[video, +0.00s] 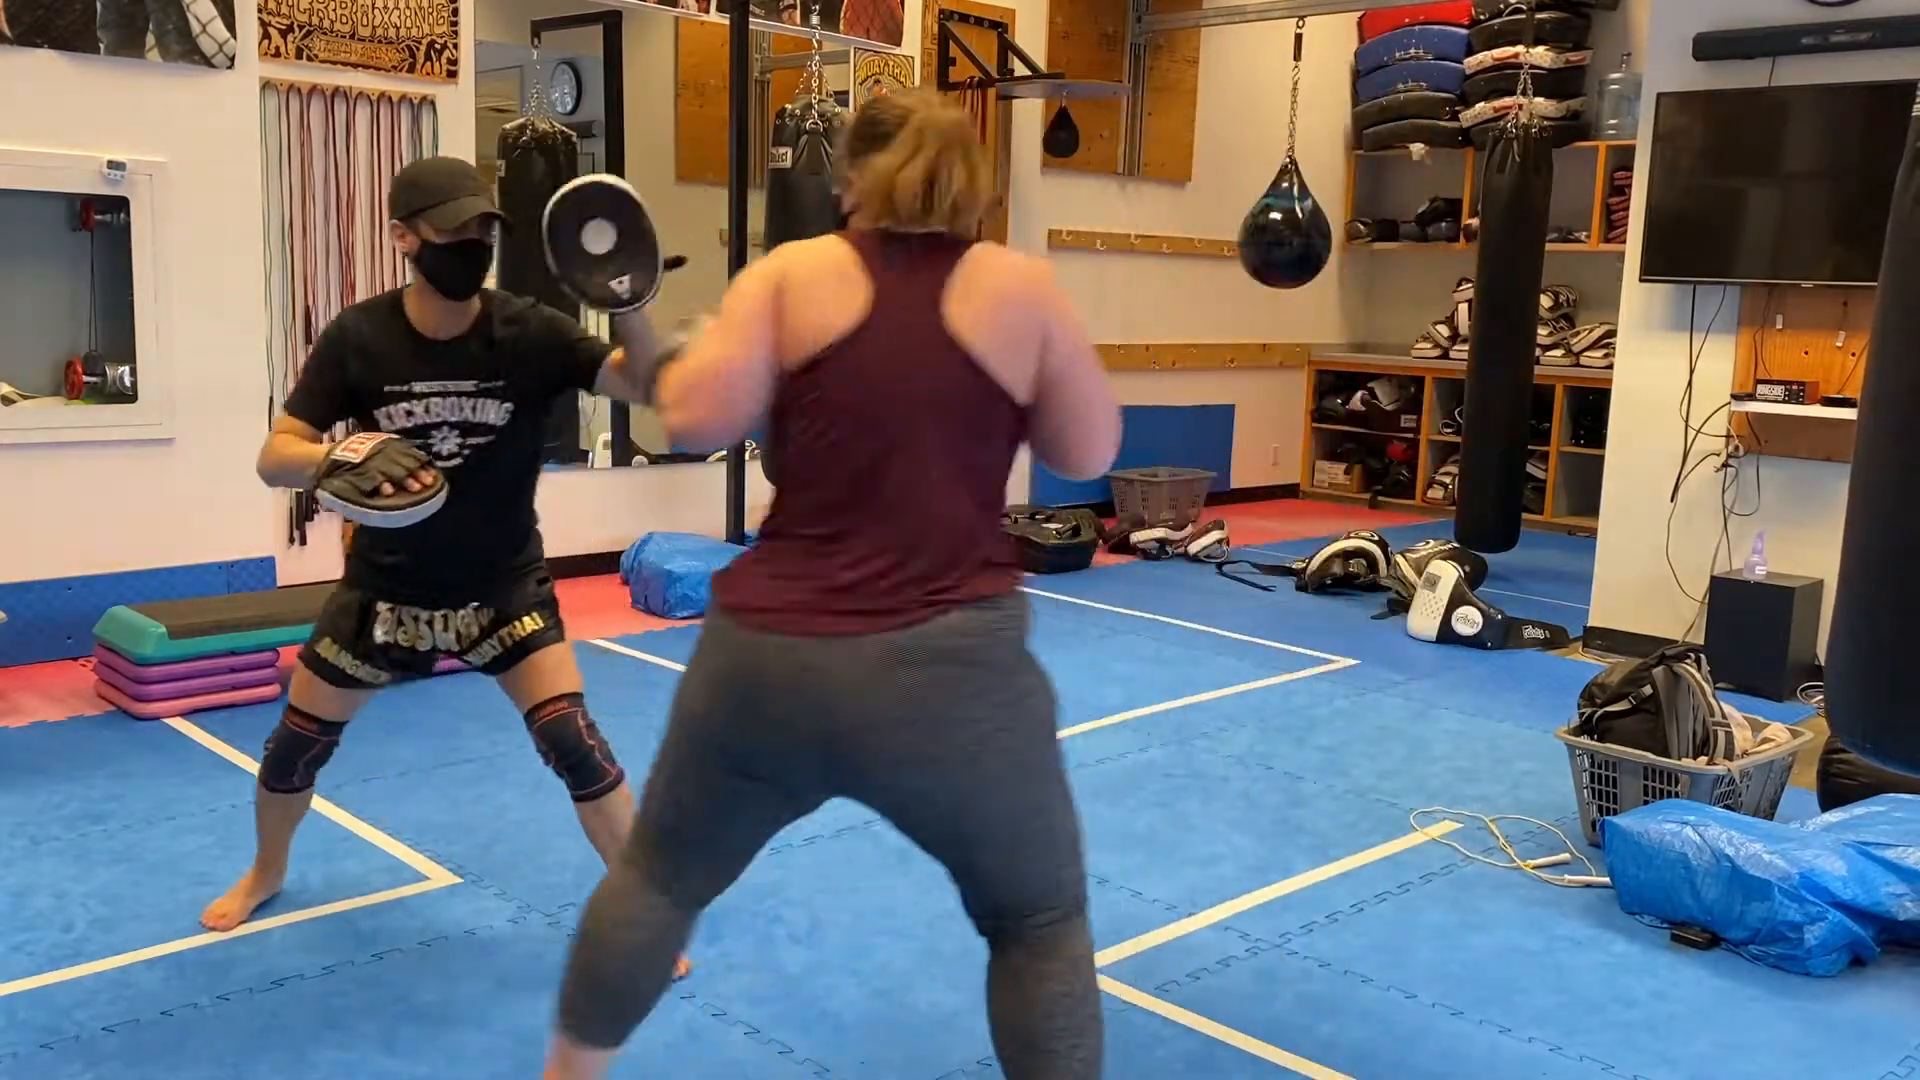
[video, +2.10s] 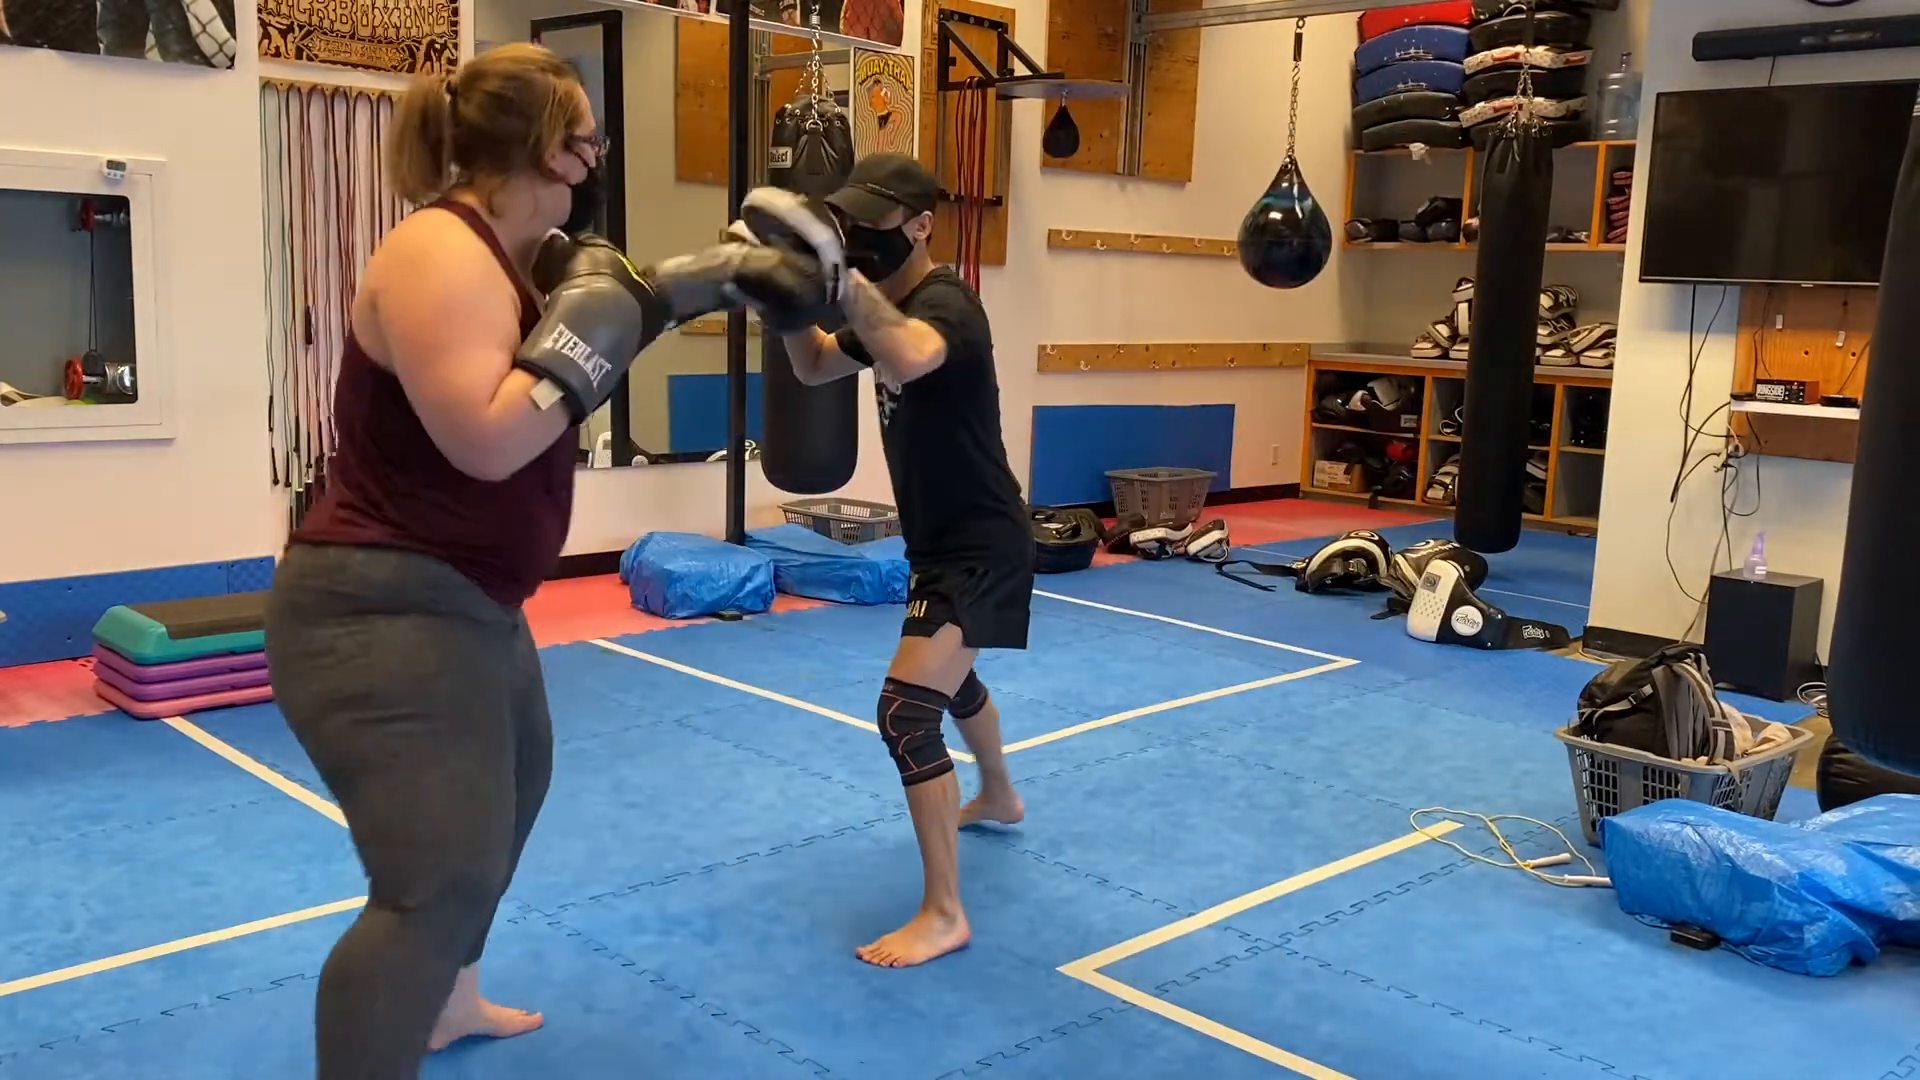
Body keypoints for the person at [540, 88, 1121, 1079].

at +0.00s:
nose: (840, 185)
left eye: (844, 172)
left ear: (856, 181)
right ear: (971, 180)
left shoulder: (786, 276)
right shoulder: (1023, 289)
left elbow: (696, 419)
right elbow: (1086, 453)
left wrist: (666, 357)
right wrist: (997, 380)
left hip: (762, 662)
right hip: (952, 669)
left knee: (660, 877)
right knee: (1037, 923)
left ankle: (570, 1064)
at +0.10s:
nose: (774, 189)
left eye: (779, 177)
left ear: (791, 183)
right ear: (906, 187)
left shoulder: (710, 270)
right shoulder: (935, 298)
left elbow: (578, 375)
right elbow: (1000, 478)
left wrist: (607, 306)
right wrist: (934, 373)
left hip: (688, 673)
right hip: (870, 677)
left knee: (615, 908)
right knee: (987, 917)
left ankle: (549, 1072)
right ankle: (1036, 1071)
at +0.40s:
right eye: (794, 136)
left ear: (668, 137)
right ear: (784, 144)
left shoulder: (571, 249)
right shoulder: (822, 260)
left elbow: (485, 420)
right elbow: (891, 448)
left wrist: (591, 375)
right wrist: (782, 416)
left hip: (580, 650)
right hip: (766, 653)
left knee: (570, 914)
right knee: (841, 934)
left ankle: (533, 1076)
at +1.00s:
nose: (713, 149)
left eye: (706, 132)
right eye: (707, 132)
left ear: (566, 125)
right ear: (685, 136)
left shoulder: (481, 248)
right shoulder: (674, 248)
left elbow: (443, 432)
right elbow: (756, 463)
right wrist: (801, 366)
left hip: (461, 653)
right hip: (620, 671)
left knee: (477, 918)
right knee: (689, 1009)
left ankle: (391, 1071)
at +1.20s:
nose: (627, 158)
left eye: (626, 136)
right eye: (622, 136)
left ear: (491, 118)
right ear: (583, 129)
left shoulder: (429, 221)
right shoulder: (559, 234)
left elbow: (480, 399)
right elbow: (594, 447)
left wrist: (613, 328)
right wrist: (684, 386)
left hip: (368, 632)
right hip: (487, 650)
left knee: (427, 923)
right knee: (625, 957)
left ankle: (372, 1074)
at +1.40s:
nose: (573, 131)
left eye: (572, 112)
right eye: (565, 110)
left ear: (437, 102)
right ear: (527, 109)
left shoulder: (374, 217)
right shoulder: (504, 223)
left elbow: (442, 377)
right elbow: (584, 434)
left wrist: (573, 295)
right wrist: (651, 353)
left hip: (358, 634)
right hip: (455, 656)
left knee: (418, 924)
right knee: (480, 978)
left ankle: (367, 1063)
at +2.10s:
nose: (591, 159)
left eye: (589, 140)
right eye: (576, 140)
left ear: (512, 150)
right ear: (523, 147)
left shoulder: (522, 258)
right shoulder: (435, 251)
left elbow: (591, 339)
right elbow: (488, 438)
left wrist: (694, 287)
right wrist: (588, 335)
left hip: (469, 600)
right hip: (383, 606)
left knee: (510, 781)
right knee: (435, 890)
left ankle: (445, 995)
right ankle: (362, 1064)